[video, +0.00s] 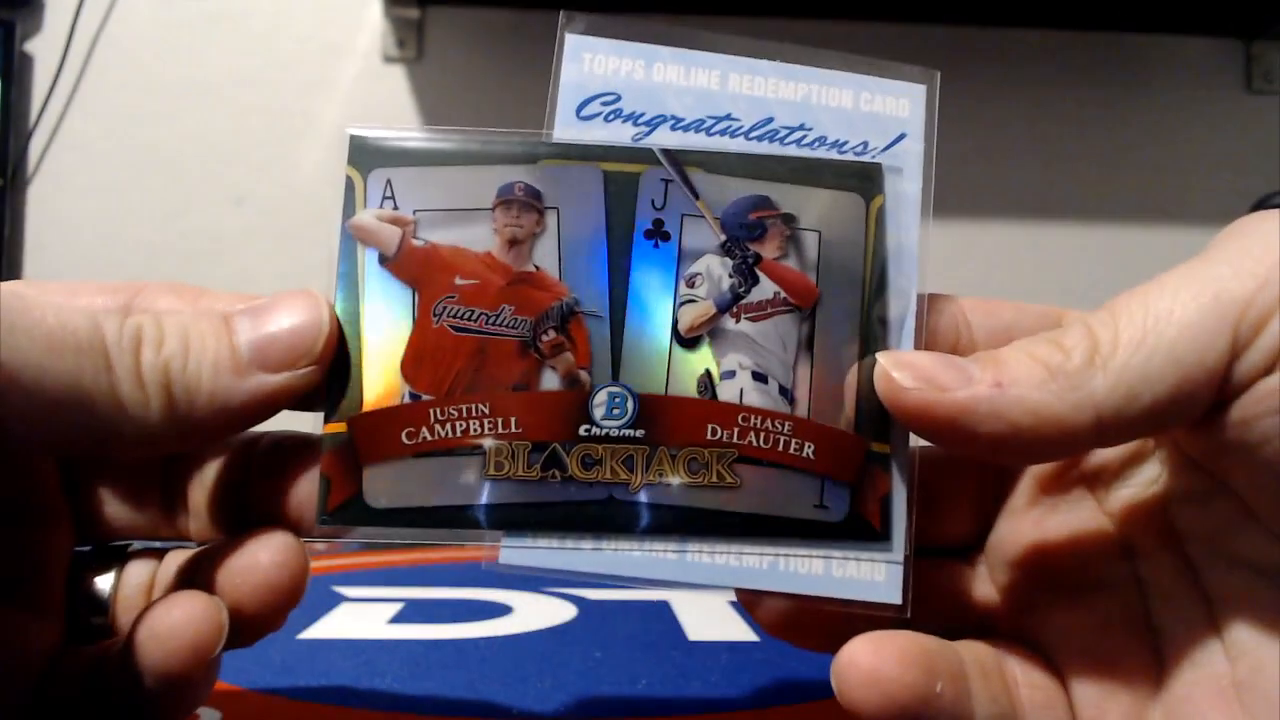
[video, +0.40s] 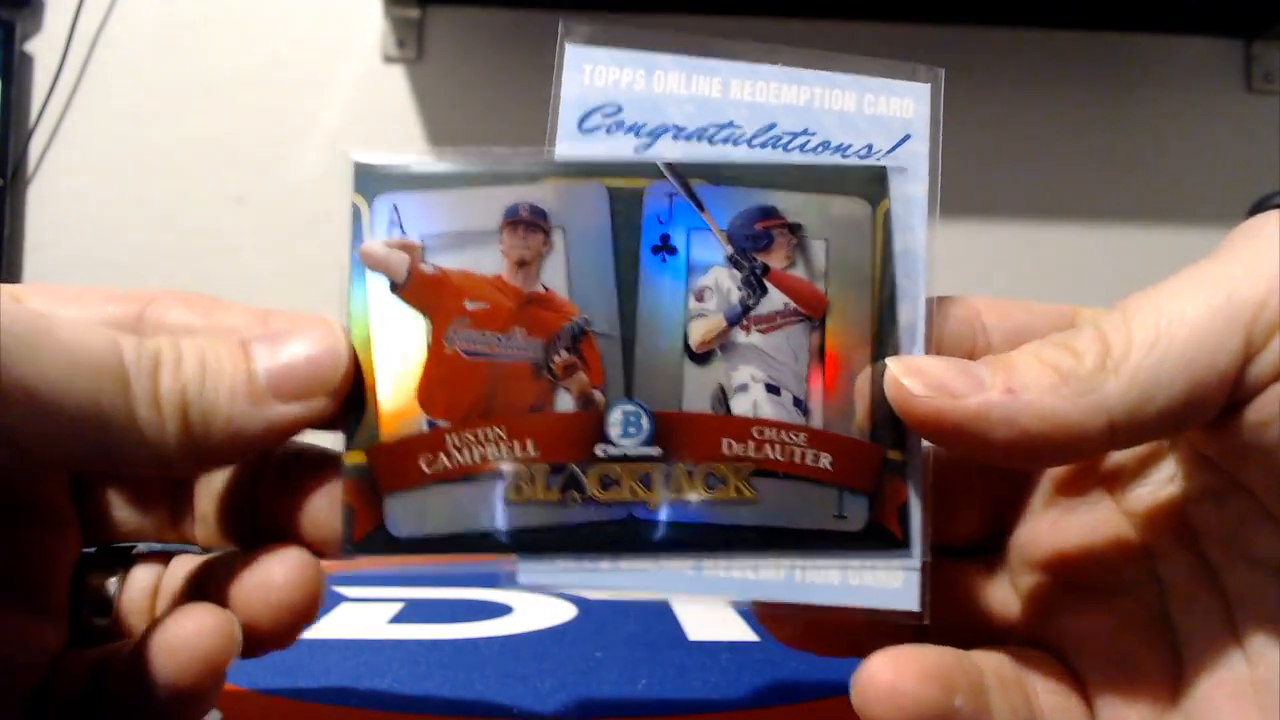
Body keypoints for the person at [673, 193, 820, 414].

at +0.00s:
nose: (786, 231)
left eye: (784, 223)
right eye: (775, 223)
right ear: (749, 227)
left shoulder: (786, 274)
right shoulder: (713, 266)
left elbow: (810, 296)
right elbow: (687, 325)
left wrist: (757, 260)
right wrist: (731, 294)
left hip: (783, 396)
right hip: (743, 388)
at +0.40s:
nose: (792, 240)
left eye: (790, 233)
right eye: (782, 233)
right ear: (755, 238)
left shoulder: (793, 283)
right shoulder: (722, 278)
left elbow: (819, 306)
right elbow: (697, 341)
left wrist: (764, 270)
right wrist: (741, 307)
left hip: (797, 404)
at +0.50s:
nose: (804, 251)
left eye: (801, 244)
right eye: (793, 245)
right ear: (766, 251)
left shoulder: (808, 298)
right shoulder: (734, 293)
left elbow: (833, 317)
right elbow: (711, 357)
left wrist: (776, 283)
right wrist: (753, 321)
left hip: (813, 421)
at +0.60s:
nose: (813, 264)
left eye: (810, 256)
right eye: (802, 257)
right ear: (775, 264)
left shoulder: (816, 309)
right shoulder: (741, 306)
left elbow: (841, 329)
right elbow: (719, 370)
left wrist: (784, 295)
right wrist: (762, 333)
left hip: (821, 431)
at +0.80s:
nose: (829, 274)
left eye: (826, 266)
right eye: (816, 267)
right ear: (789, 274)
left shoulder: (834, 323)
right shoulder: (758, 315)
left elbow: (857, 340)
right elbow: (733, 379)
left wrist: (798, 305)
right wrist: (777, 342)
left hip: (835, 443)